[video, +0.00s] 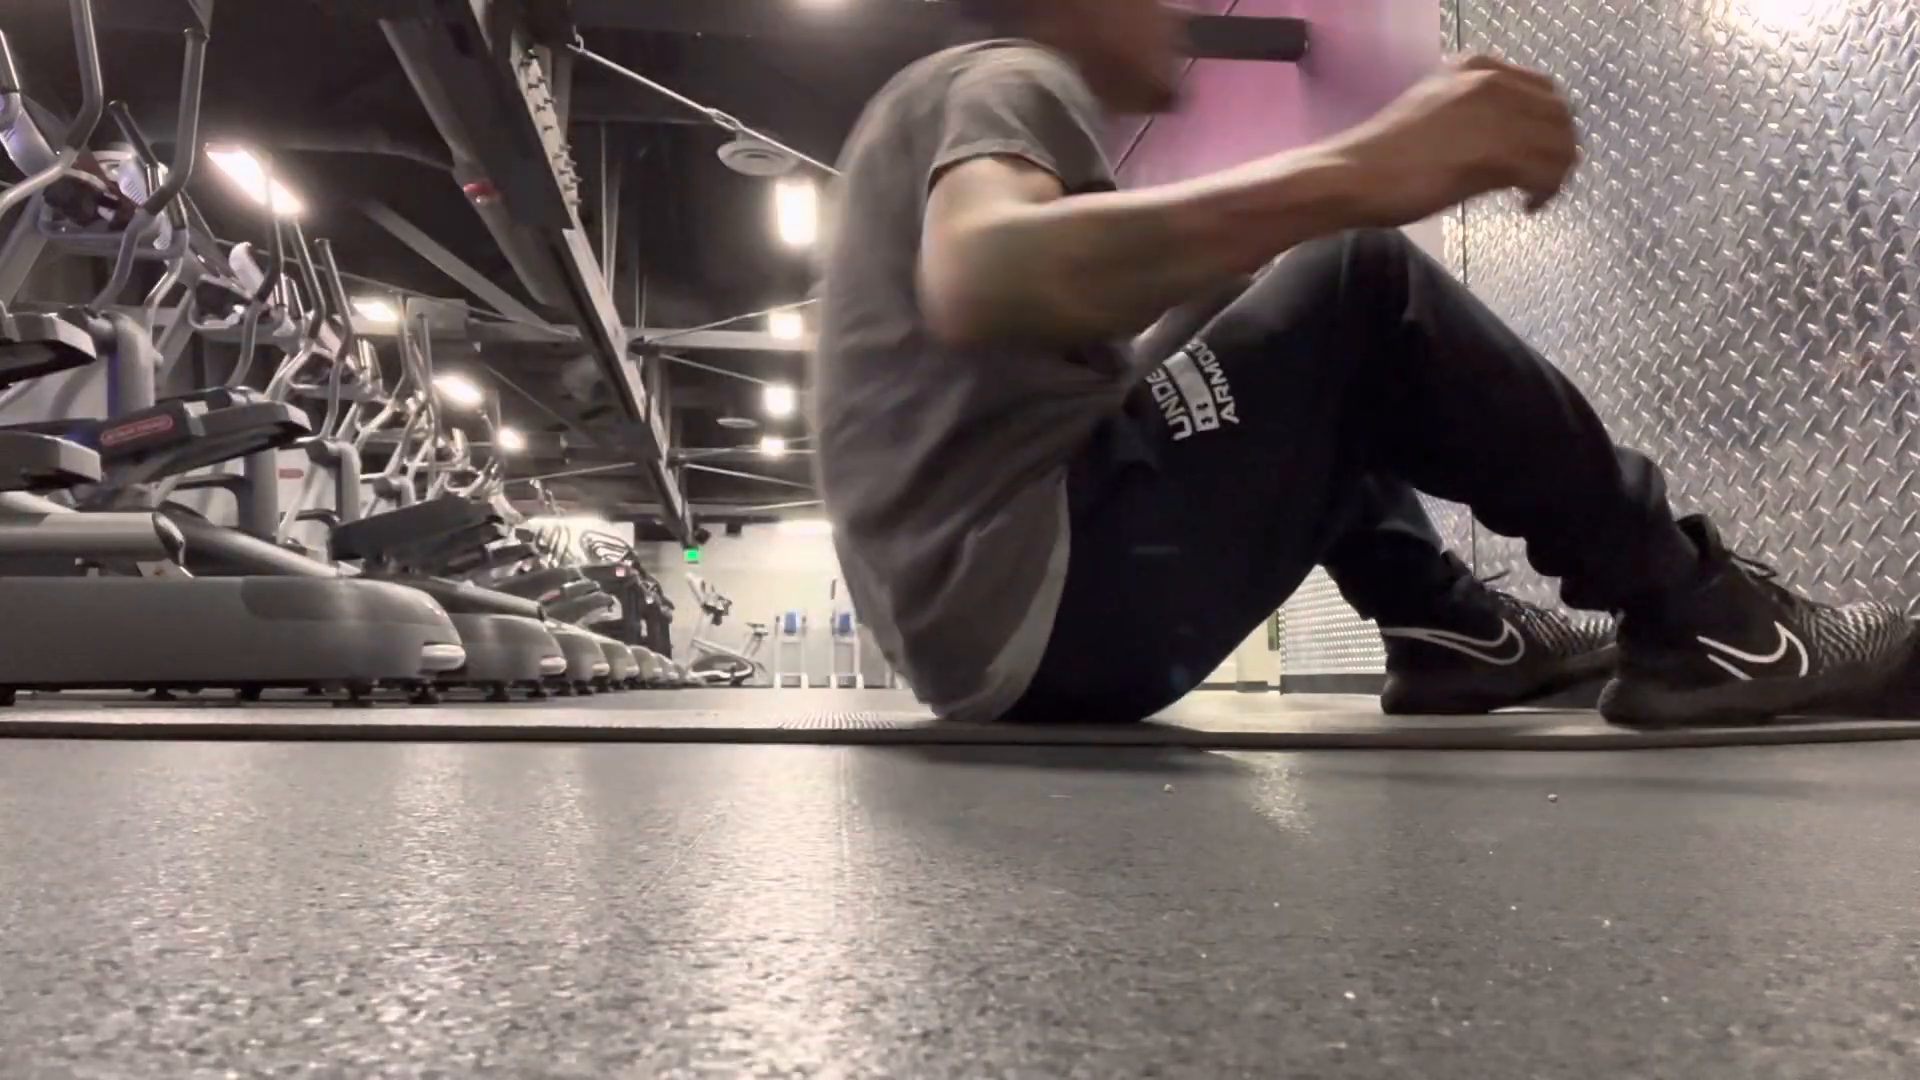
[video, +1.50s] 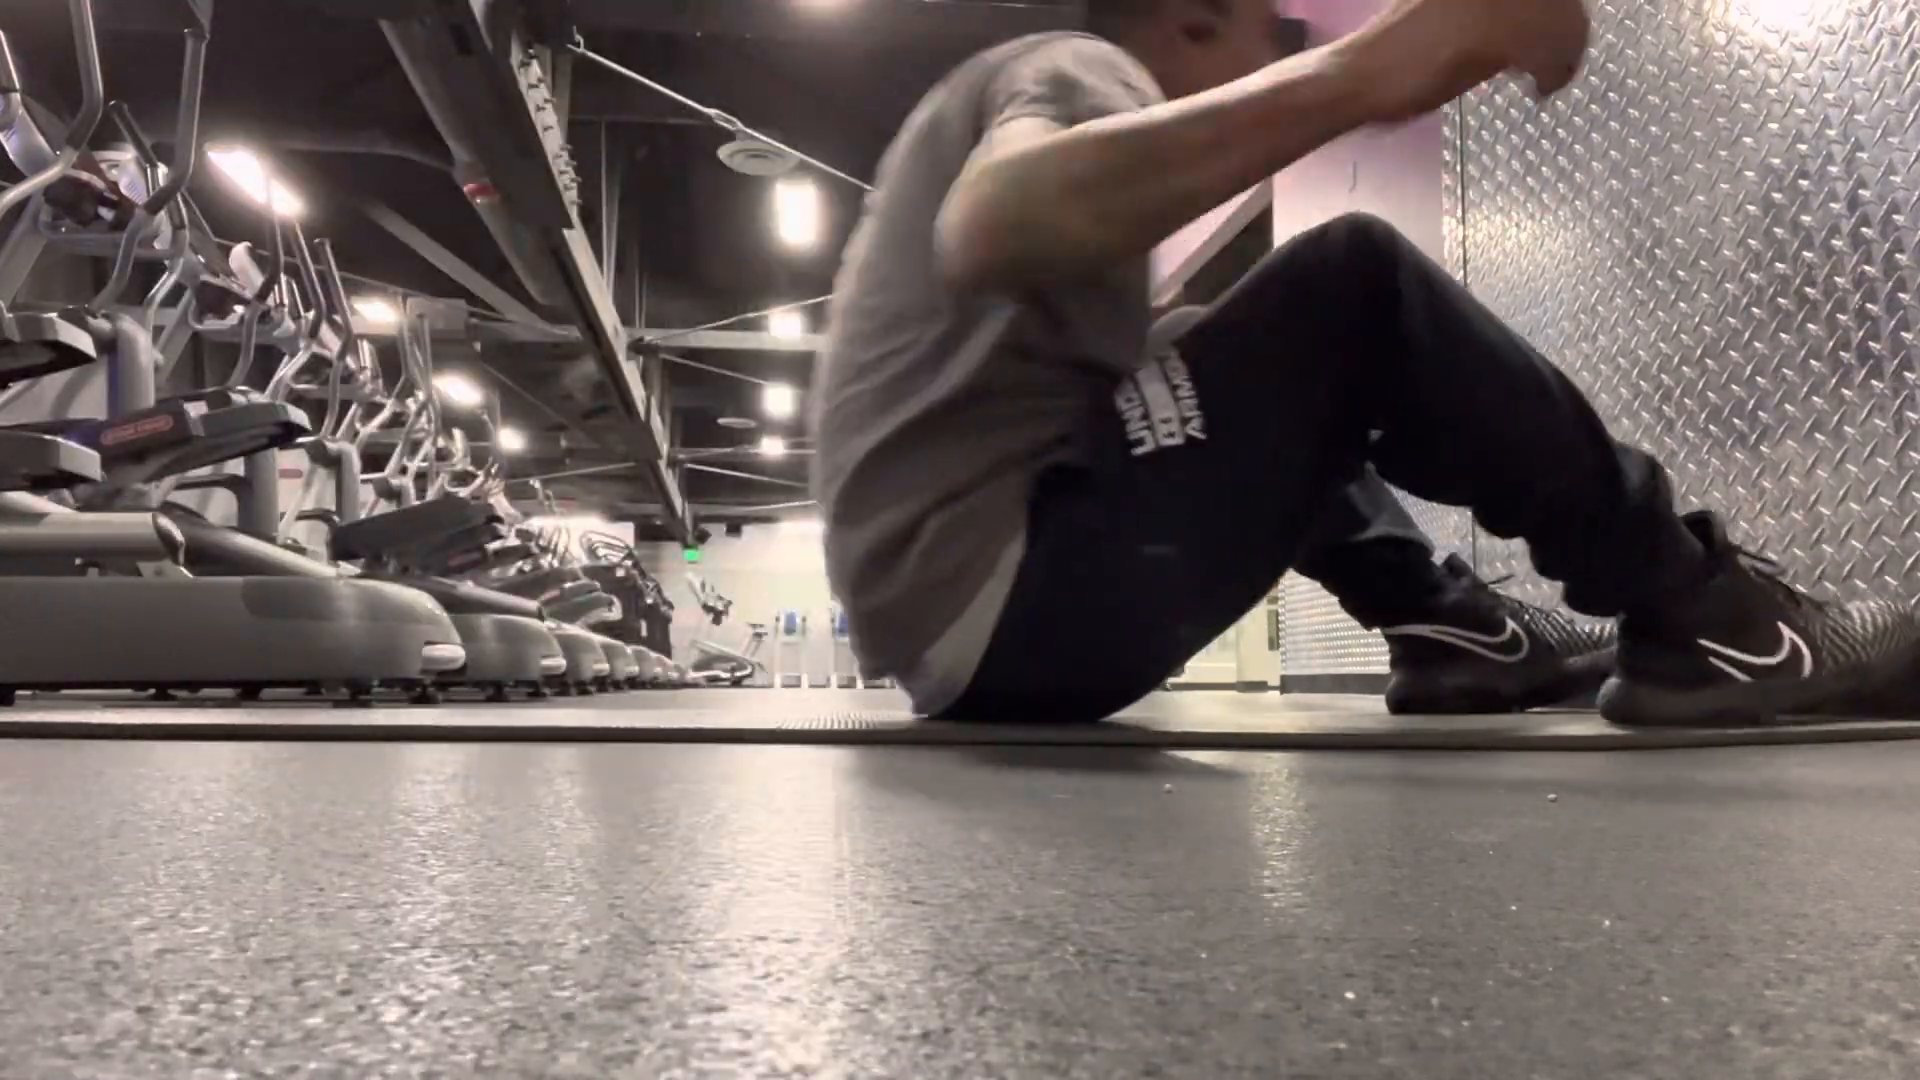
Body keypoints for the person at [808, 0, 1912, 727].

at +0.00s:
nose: (1191, 43)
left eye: (1192, 24)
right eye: (1176, 16)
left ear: (1086, 20)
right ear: (1096, 3)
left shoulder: (988, 116)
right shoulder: (1002, 85)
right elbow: (977, 279)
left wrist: (1354, 192)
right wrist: (1360, 176)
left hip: (1024, 621)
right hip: (1052, 618)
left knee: (1289, 322)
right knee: (1361, 283)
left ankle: (1448, 628)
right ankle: (1695, 610)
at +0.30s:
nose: (661, 107)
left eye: (642, 80)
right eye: (612, 85)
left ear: (528, 137)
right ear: (502, 135)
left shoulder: (591, 300)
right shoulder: (535, 255)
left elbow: (904, 334)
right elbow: (878, 231)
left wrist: (1114, 220)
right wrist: (1149, 122)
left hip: (926, 577)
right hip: (936, 612)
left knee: (1236, 298)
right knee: (1294, 301)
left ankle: (1447, 620)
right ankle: (1650, 584)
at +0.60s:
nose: (183, 337)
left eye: (156, 324)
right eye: (135, 341)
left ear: (173, 384)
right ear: (99, 433)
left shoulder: (329, 469)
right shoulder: (229, 510)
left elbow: (593, 452)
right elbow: (283, 181)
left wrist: (470, 248)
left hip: (809, 525)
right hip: (834, 576)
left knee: (1190, 331)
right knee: (1229, 286)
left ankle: (1430, 623)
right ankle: (1609, 600)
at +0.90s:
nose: (316, 234)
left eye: (296, 219)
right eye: (256, 235)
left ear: (300, 281)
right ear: (172, 346)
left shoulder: (366, 433)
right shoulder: (275, 415)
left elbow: (659, 397)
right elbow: (589, 242)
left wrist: (852, 230)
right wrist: (869, 96)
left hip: (808, 528)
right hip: (850, 584)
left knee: (1184, 347)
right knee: (1240, 285)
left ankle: (1421, 614)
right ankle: (1613, 601)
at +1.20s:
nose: (836, 46)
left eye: (826, 29)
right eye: (815, 19)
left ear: (654, 24)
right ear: (725, 6)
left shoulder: (628, 217)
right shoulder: (667, 132)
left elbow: (938, 350)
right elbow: (1060, 181)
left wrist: (1137, 227)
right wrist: (1281, 88)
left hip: (908, 616)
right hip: (931, 602)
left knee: (1212, 322)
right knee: (1267, 275)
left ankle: (1443, 624)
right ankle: (1646, 587)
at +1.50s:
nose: (1251, 96)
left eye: (1262, 68)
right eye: (1252, 60)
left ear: (1162, 28)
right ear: (1190, 32)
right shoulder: (1075, 72)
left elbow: (1126, 361)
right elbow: (984, 229)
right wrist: (1360, 76)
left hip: (986, 625)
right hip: (1021, 614)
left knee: (1249, 344)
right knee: (1351, 277)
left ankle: (1449, 623)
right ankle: (1707, 610)